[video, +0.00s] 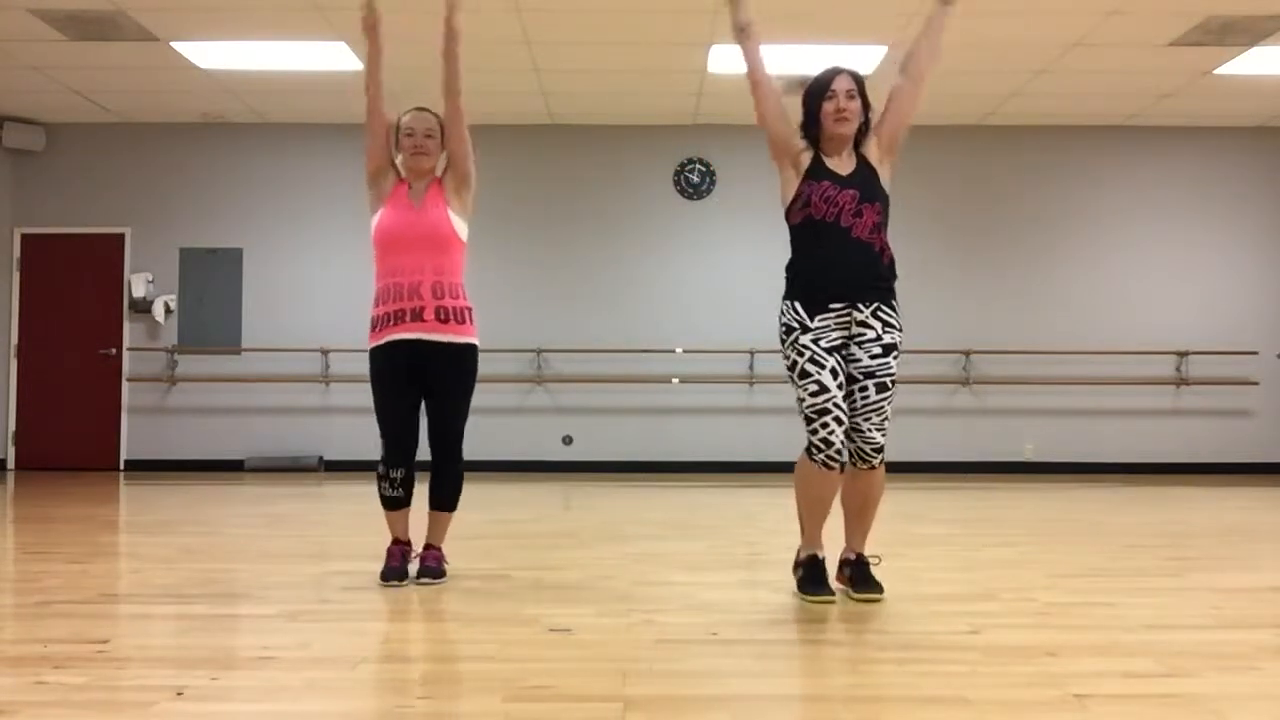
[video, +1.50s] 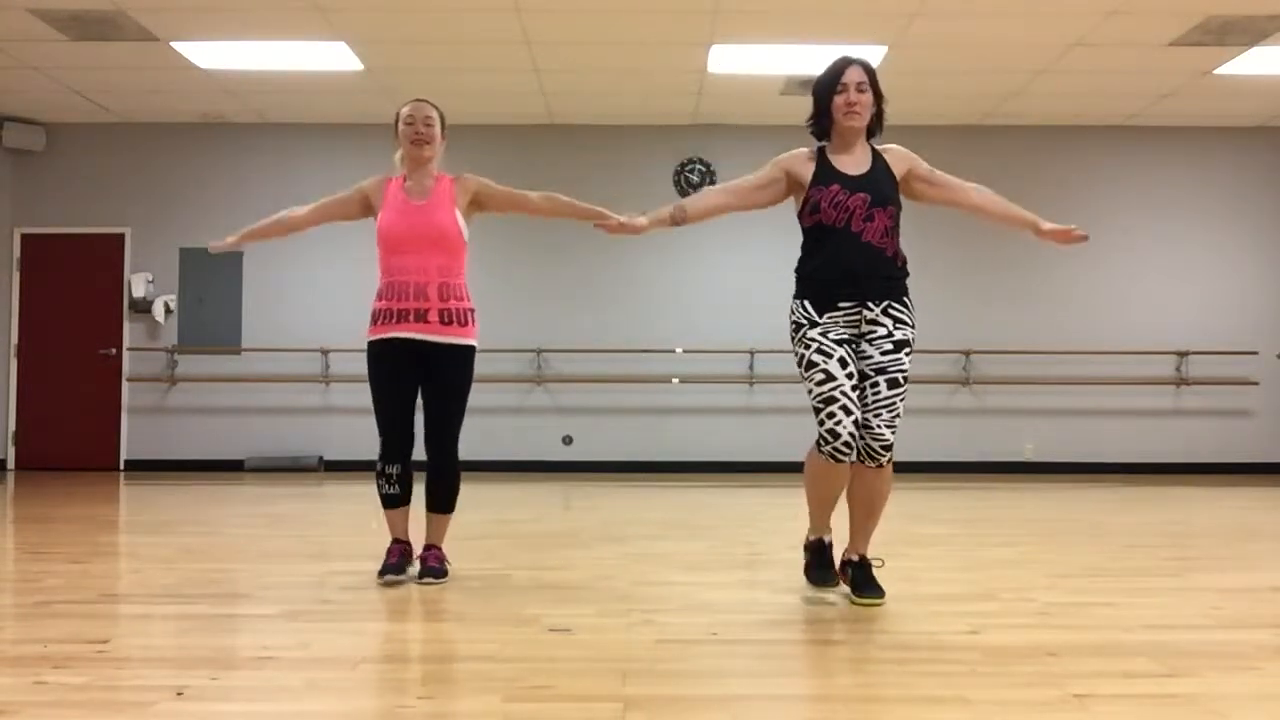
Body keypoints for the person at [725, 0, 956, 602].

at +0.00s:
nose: (843, 103)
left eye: (852, 96)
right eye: (830, 96)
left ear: (864, 110)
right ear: (814, 112)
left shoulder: (878, 158)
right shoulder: (795, 160)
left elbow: (915, 75)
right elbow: (761, 86)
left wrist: (943, 8)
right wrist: (745, 31)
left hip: (875, 315)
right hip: (811, 316)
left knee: (869, 438)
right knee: (829, 434)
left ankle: (854, 557)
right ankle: (810, 555)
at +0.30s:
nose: (844, 105)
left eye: (853, 97)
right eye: (832, 97)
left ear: (864, 109)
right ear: (814, 109)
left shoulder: (881, 156)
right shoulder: (792, 159)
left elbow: (940, 97)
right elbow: (730, 102)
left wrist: (1001, 41)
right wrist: (680, 43)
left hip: (871, 316)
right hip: (805, 316)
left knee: (869, 436)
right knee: (816, 435)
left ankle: (856, 546)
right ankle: (809, 558)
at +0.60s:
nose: (847, 100)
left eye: (856, 92)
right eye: (835, 93)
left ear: (870, 104)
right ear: (818, 106)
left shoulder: (889, 155)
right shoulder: (796, 158)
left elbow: (963, 120)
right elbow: (719, 125)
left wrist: (1036, 91)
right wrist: (647, 91)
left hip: (881, 311)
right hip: (816, 312)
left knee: (870, 434)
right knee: (831, 426)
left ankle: (854, 553)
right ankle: (815, 539)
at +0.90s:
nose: (847, 101)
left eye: (856, 93)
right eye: (836, 93)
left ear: (868, 105)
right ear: (817, 106)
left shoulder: (888, 161)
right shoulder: (793, 161)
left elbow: (961, 153)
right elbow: (714, 156)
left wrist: (1039, 145)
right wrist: (637, 147)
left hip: (875, 315)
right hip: (810, 316)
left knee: (875, 441)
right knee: (829, 438)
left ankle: (854, 553)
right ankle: (817, 559)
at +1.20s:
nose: (850, 101)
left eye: (859, 93)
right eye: (839, 93)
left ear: (872, 104)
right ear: (820, 104)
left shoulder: (891, 163)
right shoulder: (795, 164)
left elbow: (965, 178)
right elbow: (715, 178)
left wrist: (1039, 193)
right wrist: (633, 186)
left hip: (878, 314)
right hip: (811, 316)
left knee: (874, 439)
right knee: (825, 438)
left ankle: (860, 555)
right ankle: (818, 560)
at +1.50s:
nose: (854, 98)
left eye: (863, 89)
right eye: (844, 89)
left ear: (876, 102)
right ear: (825, 103)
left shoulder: (897, 162)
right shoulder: (800, 165)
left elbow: (968, 194)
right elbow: (723, 197)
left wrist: (1037, 224)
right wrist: (649, 220)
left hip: (888, 311)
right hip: (821, 312)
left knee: (879, 438)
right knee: (840, 430)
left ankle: (857, 557)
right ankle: (818, 540)